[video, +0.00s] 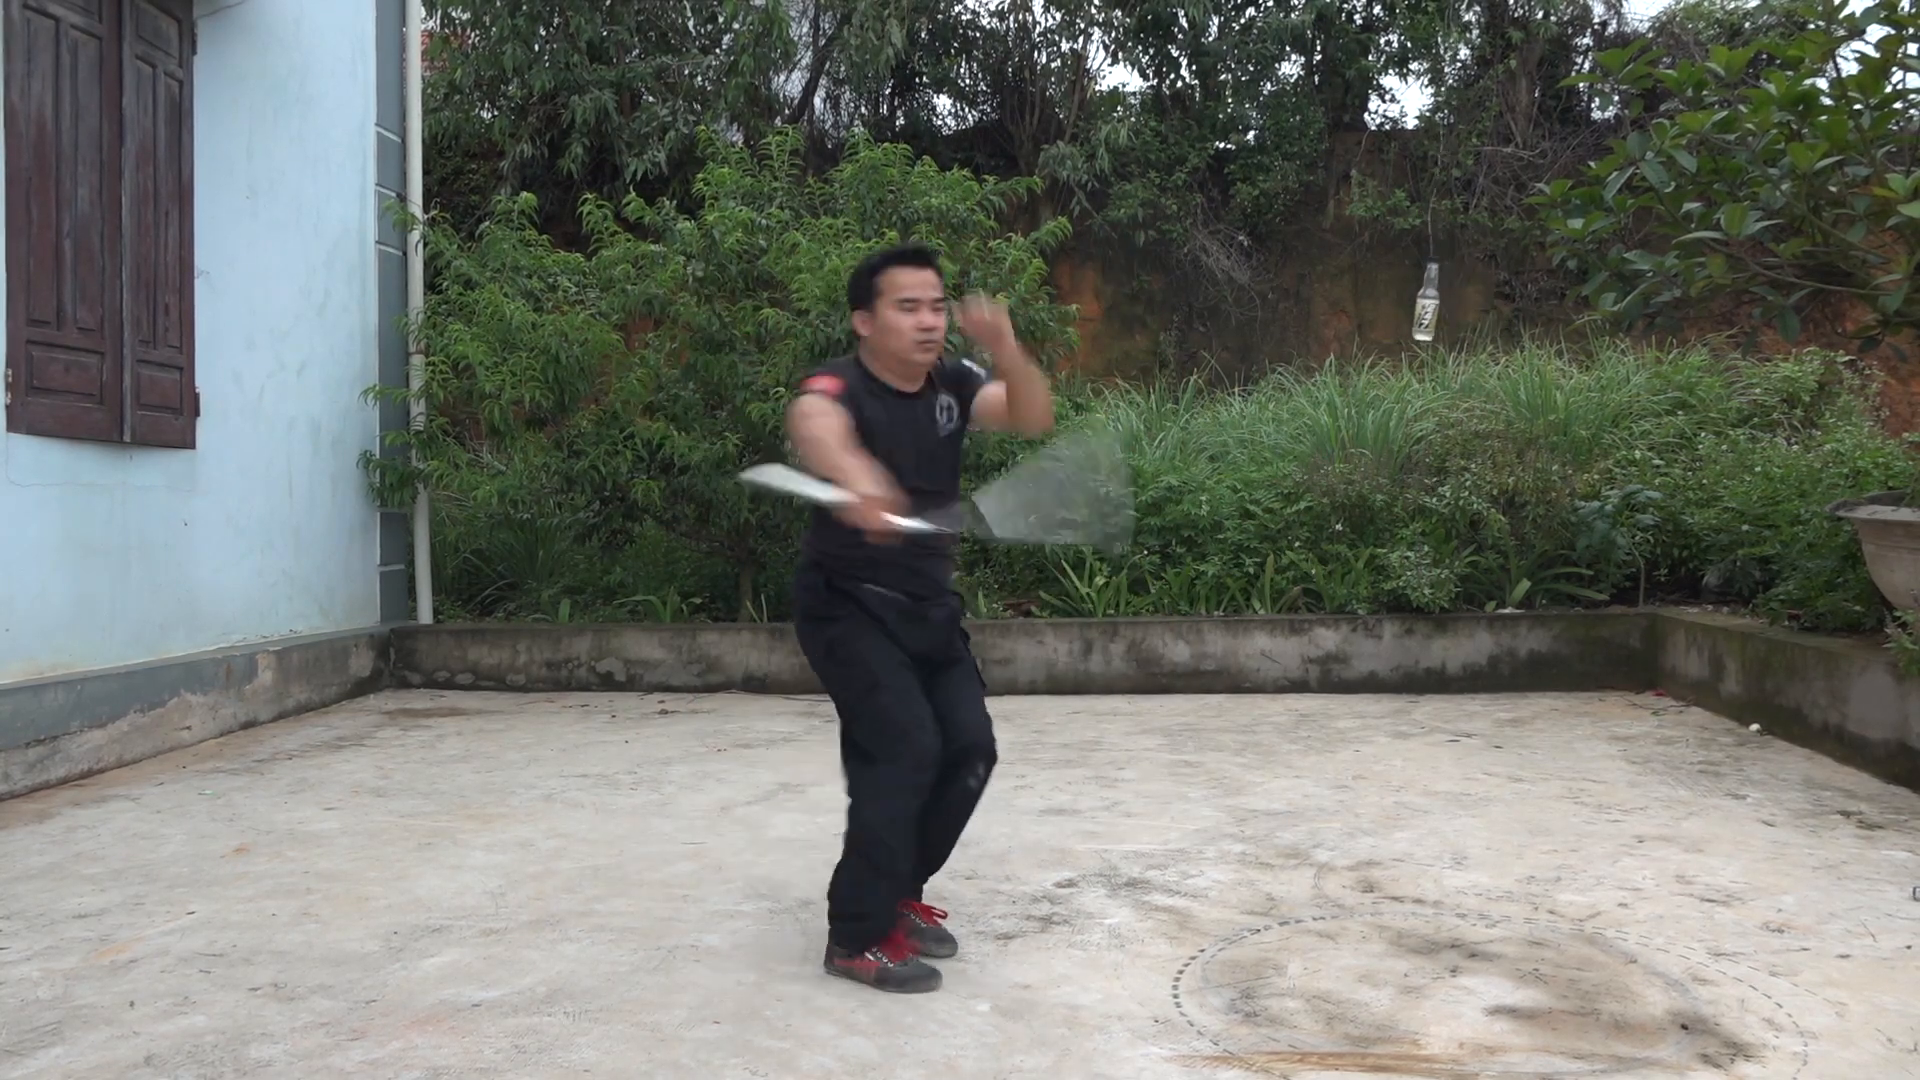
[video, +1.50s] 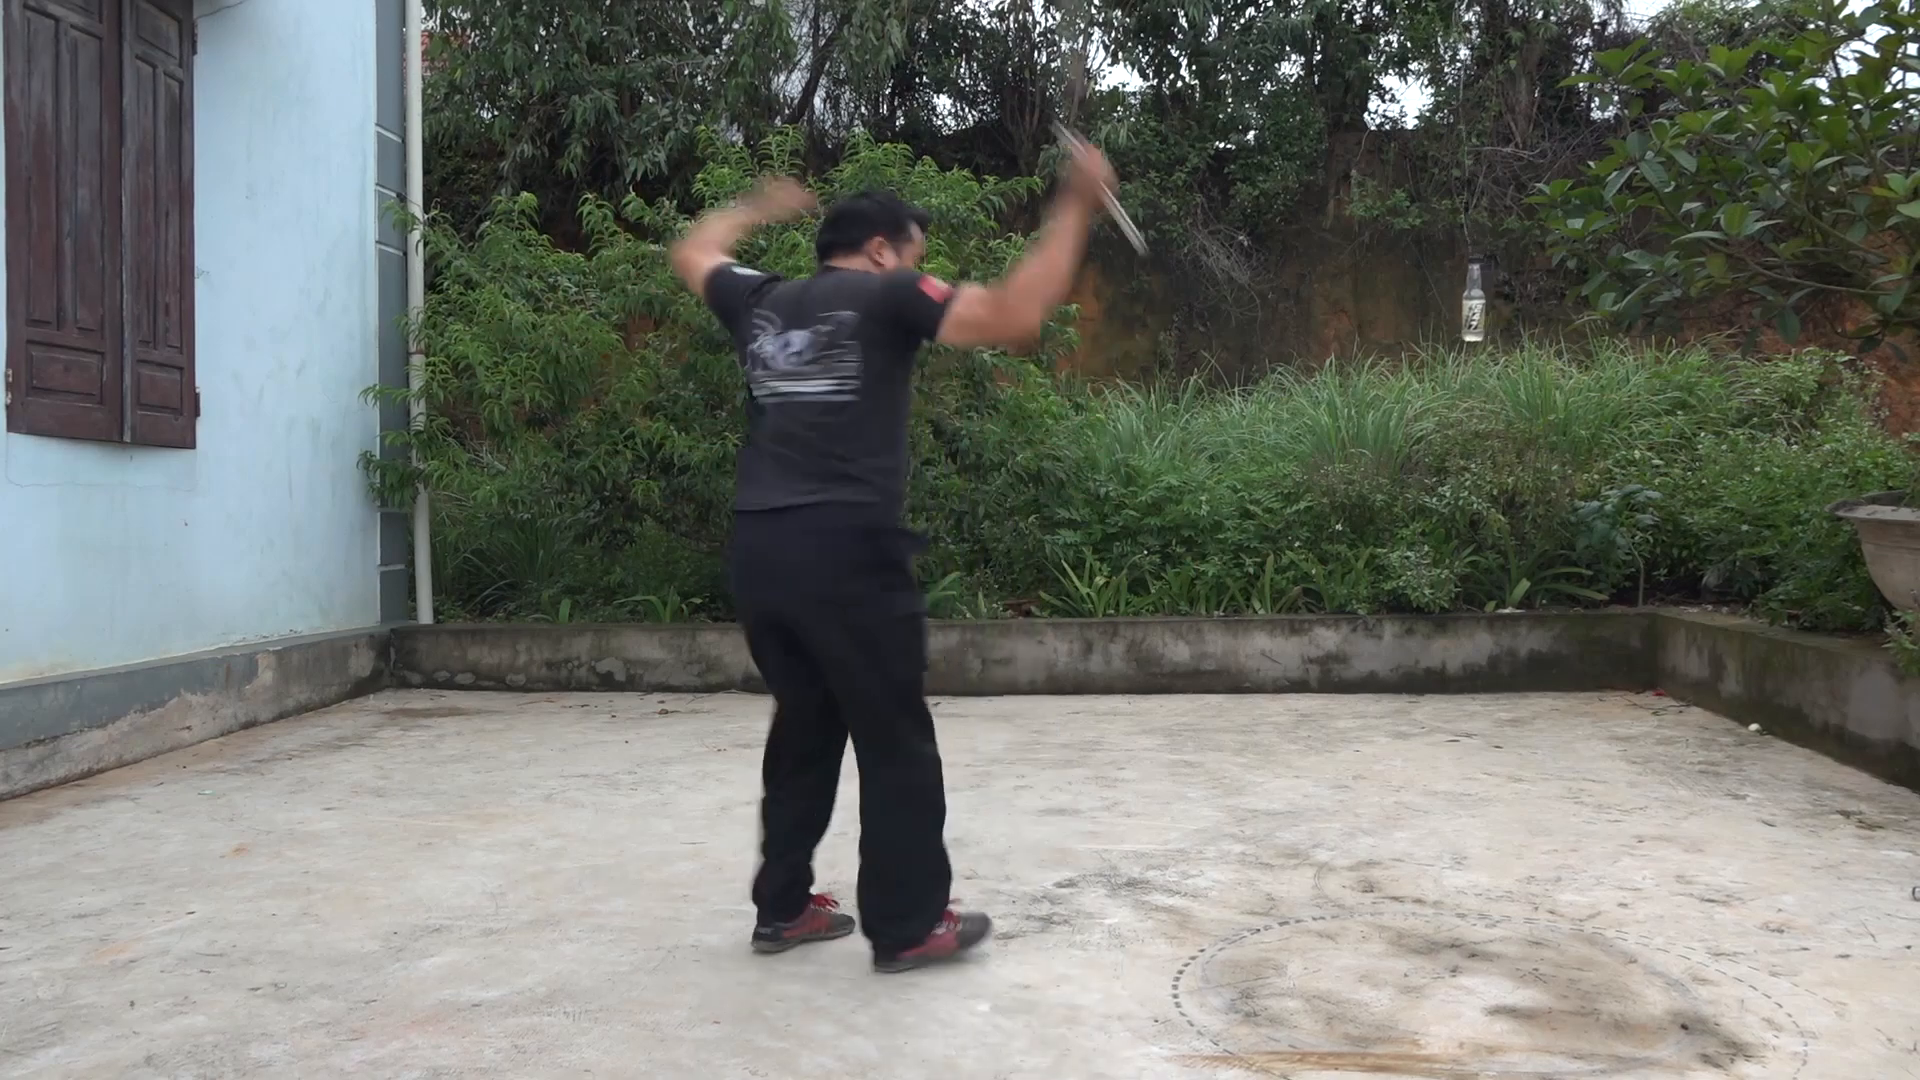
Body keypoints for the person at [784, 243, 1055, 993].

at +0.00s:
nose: (929, 320)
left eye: (938, 306)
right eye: (909, 307)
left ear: (948, 316)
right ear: (863, 322)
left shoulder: (952, 384)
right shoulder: (828, 392)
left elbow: (1033, 416)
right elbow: (822, 437)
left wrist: (1006, 350)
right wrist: (862, 479)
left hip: (928, 606)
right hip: (848, 604)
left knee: (969, 749)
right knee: (903, 749)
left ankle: (899, 894)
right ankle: (855, 937)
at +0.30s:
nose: (858, 122)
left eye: (860, 109)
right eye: (860, 109)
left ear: (876, 111)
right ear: (944, 108)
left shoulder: (839, 175)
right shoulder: (1000, 149)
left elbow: (729, 193)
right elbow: (1098, 67)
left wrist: (793, 174)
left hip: (871, 420)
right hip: (975, 432)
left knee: (809, 481)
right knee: (987, 607)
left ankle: (843, 584)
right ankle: (938, 729)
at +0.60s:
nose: (964, 201)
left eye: (986, 183)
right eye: (951, 184)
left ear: (1032, 196)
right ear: (935, 193)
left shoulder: (1057, 288)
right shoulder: (922, 268)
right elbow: (821, 250)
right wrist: (903, 165)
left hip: (966, 561)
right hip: (871, 522)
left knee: (971, 769)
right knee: (808, 558)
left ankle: (1000, 981)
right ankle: (859, 597)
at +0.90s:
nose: (984, 330)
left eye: (1003, 315)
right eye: (965, 310)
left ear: (1021, 323)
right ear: (928, 313)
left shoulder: (1018, 370)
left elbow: (1122, 347)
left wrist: (1071, 379)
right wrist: (1080, 522)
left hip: (975, 635)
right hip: (865, 628)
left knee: (1034, 787)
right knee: (811, 779)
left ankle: (1055, 963)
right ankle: (779, 890)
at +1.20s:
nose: (831, 273)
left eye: (837, 257)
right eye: (832, 258)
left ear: (878, 261)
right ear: (884, 262)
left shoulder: (959, 352)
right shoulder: (871, 337)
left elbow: (1013, 480)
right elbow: (792, 347)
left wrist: (1030, 607)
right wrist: (695, 363)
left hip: (945, 600)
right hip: (878, 601)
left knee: (945, 772)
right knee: (830, 755)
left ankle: (1051, 963)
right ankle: (884, 923)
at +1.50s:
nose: (920, 273)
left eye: (919, 259)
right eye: (914, 258)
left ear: (838, 249)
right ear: (877, 249)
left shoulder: (763, 300)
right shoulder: (887, 294)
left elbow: (694, 254)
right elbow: (1015, 314)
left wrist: (753, 204)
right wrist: (1075, 202)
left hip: (759, 547)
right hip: (848, 549)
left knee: (806, 717)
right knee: (897, 735)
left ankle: (781, 904)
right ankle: (907, 924)